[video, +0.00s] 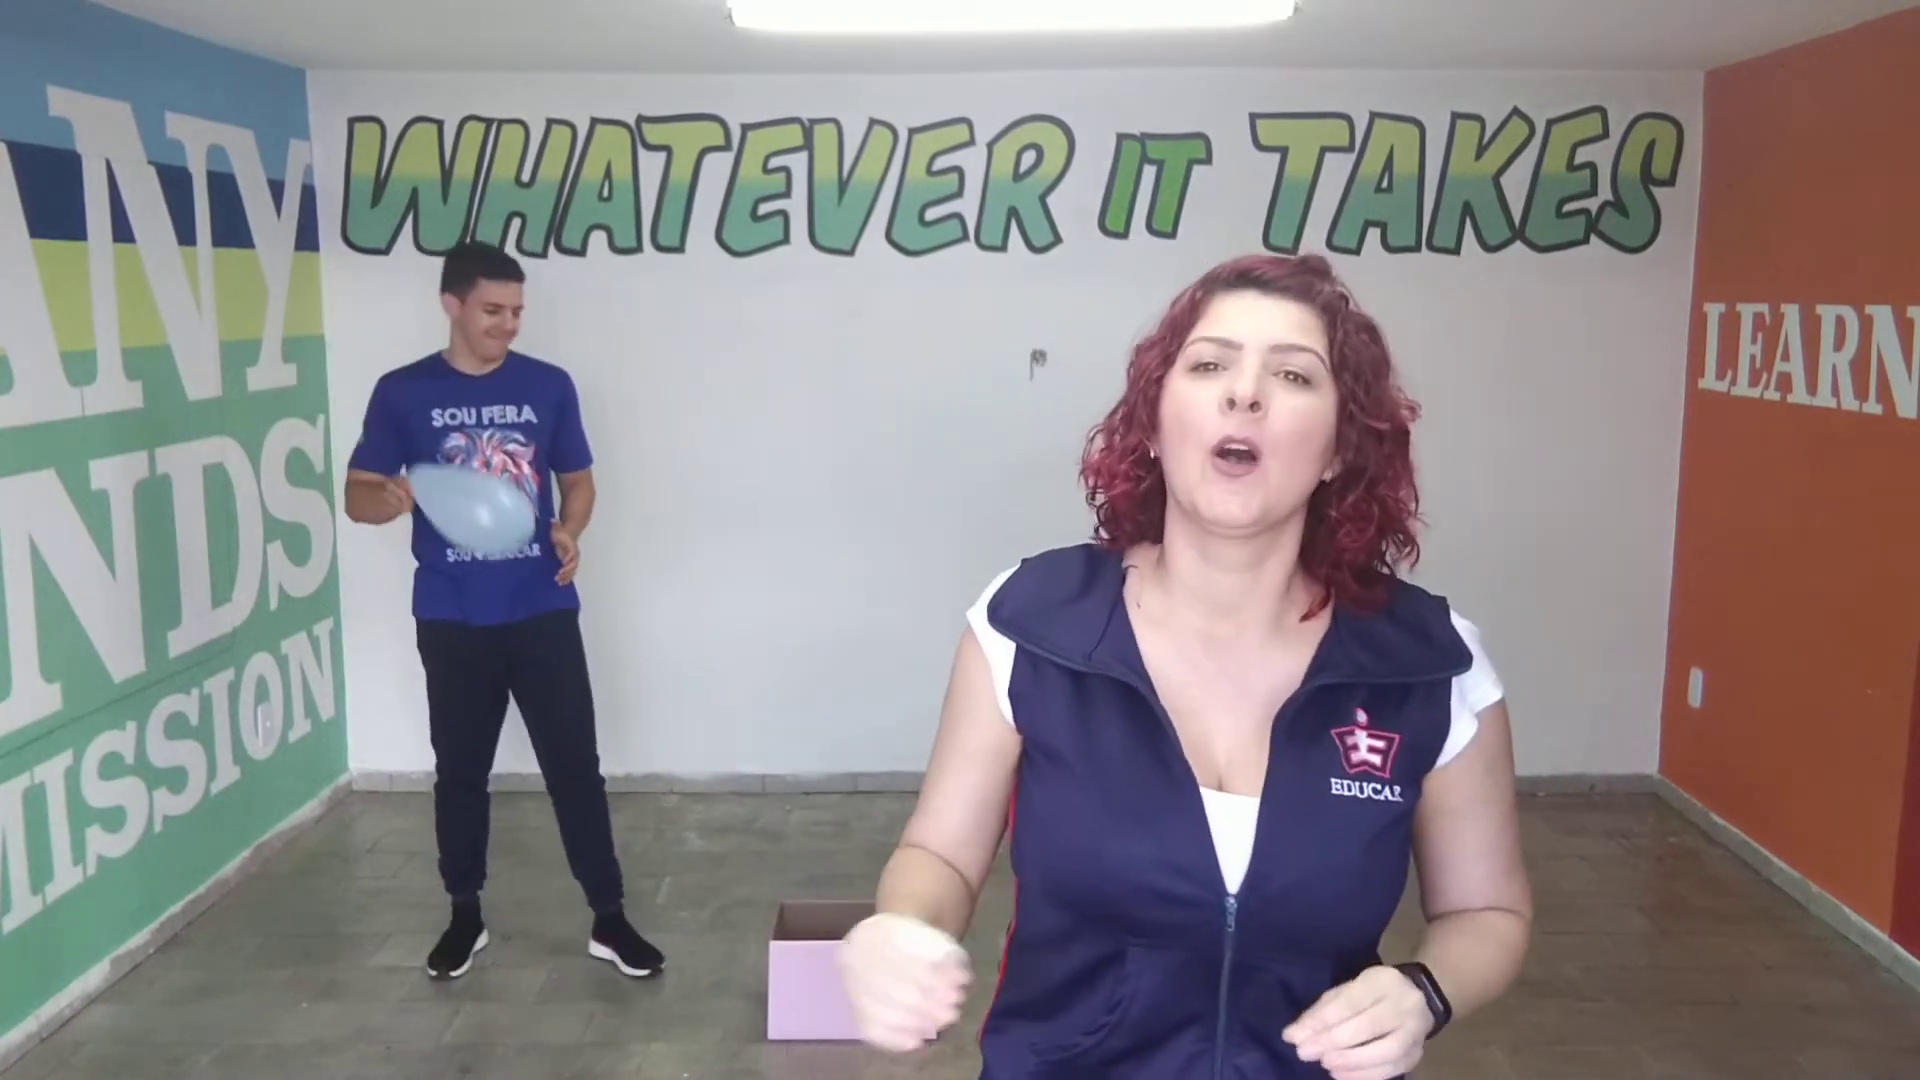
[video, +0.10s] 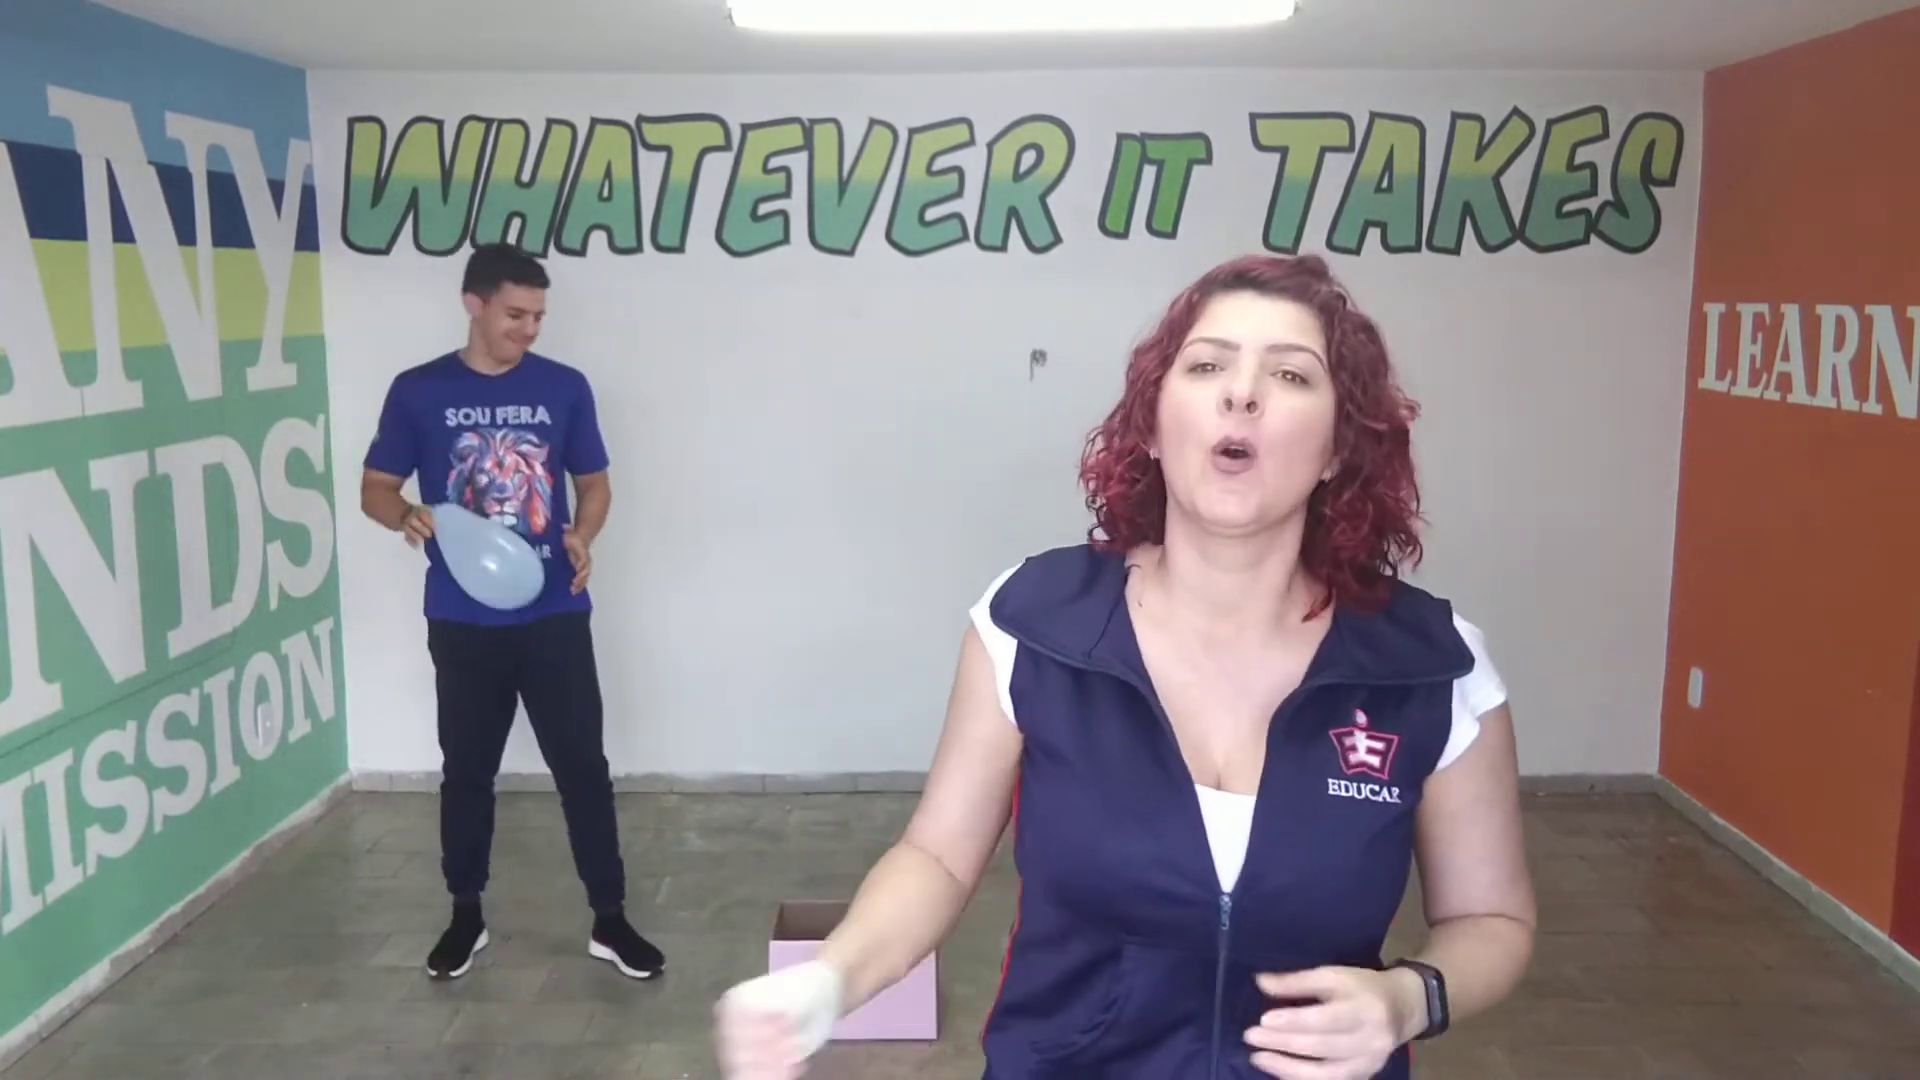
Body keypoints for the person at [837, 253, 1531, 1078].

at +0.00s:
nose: (1242, 395)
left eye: (1293, 376)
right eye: (1209, 364)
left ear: (1340, 444)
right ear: (1153, 410)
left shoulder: (1425, 659)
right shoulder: (1031, 618)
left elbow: (1483, 909)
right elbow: (940, 852)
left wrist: (1424, 994)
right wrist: (896, 940)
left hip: (1306, 1064)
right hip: (1061, 1059)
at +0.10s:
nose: (1239, 398)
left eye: (1289, 375)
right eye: (1209, 365)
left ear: (1342, 439)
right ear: (1155, 411)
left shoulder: (1430, 667)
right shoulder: (1036, 618)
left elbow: (1493, 923)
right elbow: (935, 856)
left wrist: (1411, 1003)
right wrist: (829, 979)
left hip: (1309, 1073)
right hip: (1066, 1067)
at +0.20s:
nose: (1238, 397)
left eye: (1287, 376)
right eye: (1207, 366)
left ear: (1340, 439)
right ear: (1151, 413)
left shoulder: (1433, 670)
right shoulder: (1040, 619)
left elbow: (1506, 942)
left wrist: (1395, 1023)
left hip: (1311, 1079)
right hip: (1066, 1065)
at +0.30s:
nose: (1231, 405)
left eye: (1281, 379)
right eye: (1201, 370)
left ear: (1339, 434)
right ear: (1150, 410)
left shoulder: (1435, 673)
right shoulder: (1047, 617)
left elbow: (1517, 967)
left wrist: (1357, 1046)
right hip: (1063, 1063)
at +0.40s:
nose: (1227, 407)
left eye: (1277, 379)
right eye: (1195, 373)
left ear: (1334, 432)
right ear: (1146, 414)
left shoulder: (1430, 674)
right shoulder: (1059, 619)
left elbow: (1515, 1005)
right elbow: (978, 838)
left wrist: (1273, 1044)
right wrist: (853, 964)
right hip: (1060, 1064)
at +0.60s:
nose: (1216, 414)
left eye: (1269, 388)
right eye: (1185, 378)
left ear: (1327, 436)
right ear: (1139, 411)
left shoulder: (1407, 677)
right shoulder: (1095, 607)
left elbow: (1475, 1036)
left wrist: (1192, 1030)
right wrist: (1047, 897)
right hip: (1069, 1058)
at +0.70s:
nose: (1219, 417)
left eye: (1270, 390)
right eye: (1187, 380)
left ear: (1329, 434)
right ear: (1142, 411)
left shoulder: (1409, 676)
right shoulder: (1110, 597)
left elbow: (1465, 1037)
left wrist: (1184, 1012)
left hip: (1270, 1066)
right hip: (1077, 1056)